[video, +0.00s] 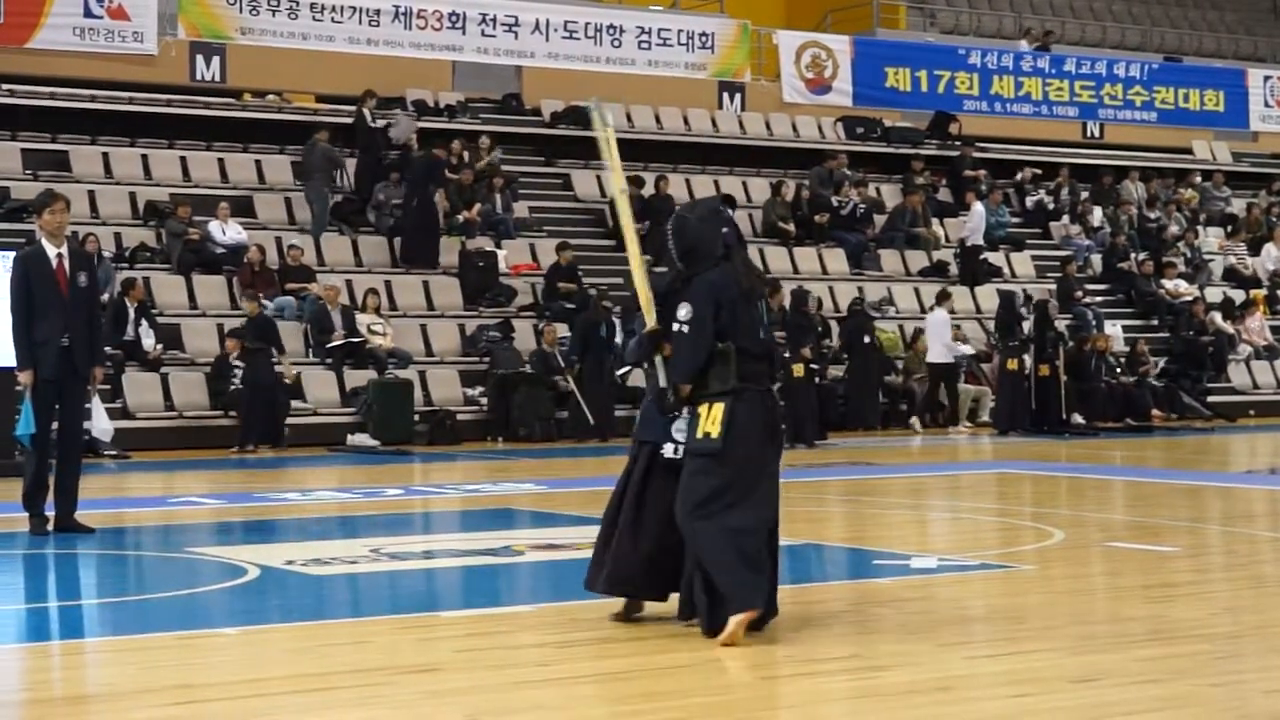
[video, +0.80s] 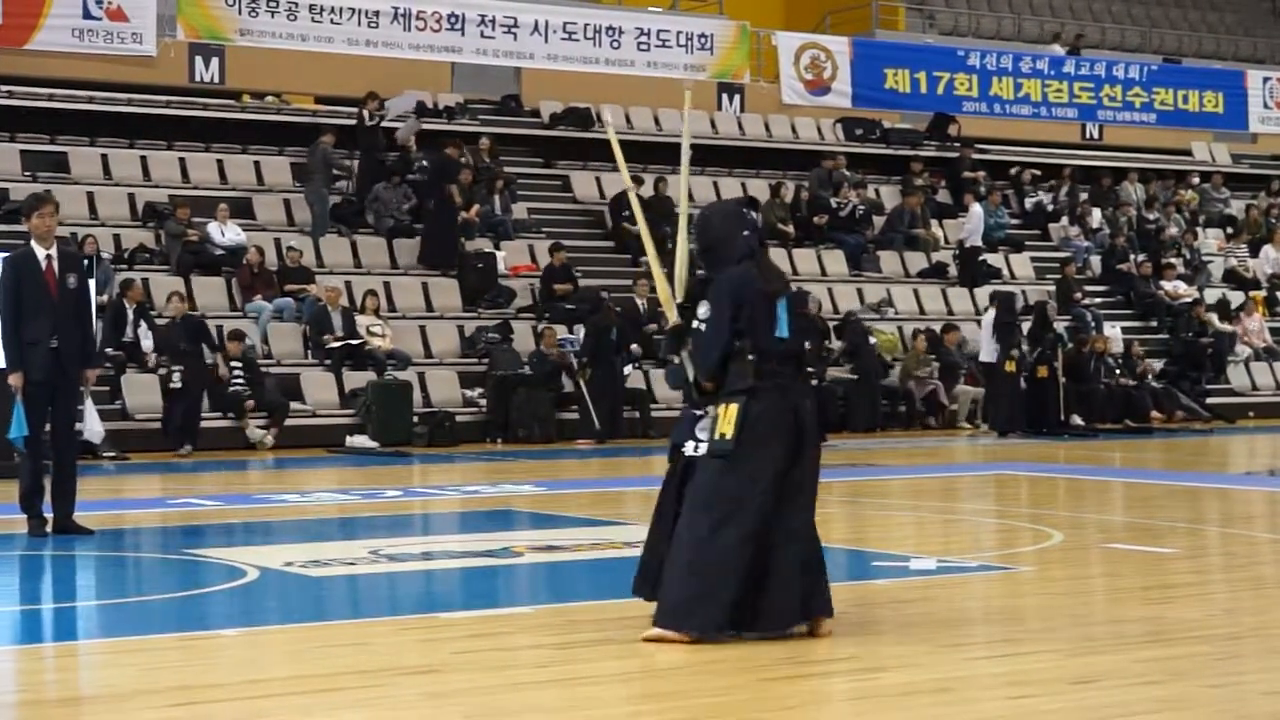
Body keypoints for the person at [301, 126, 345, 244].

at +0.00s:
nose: (327, 137)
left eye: (326, 135)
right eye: (325, 135)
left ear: (315, 135)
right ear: (322, 136)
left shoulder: (307, 148)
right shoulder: (325, 148)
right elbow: (340, 162)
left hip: (309, 185)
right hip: (321, 186)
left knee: (316, 218)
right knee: (321, 220)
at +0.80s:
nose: (332, 141)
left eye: (332, 138)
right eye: (332, 138)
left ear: (321, 137)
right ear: (329, 138)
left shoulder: (312, 149)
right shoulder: (325, 149)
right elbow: (335, 163)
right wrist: (348, 169)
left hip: (310, 188)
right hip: (320, 189)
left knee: (316, 221)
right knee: (322, 222)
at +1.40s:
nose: (340, 144)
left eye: (340, 141)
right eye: (339, 141)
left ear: (329, 139)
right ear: (335, 139)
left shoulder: (323, 151)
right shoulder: (330, 150)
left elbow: (331, 179)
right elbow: (344, 154)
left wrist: (348, 187)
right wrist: (359, 155)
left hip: (317, 191)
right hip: (323, 191)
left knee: (325, 224)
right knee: (324, 225)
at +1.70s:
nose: (347, 148)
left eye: (347, 146)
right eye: (346, 145)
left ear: (336, 142)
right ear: (344, 143)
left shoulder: (327, 152)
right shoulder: (337, 150)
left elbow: (334, 183)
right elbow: (356, 153)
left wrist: (353, 191)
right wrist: (364, 158)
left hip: (316, 191)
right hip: (324, 191)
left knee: (324, 225)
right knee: (325, 226)